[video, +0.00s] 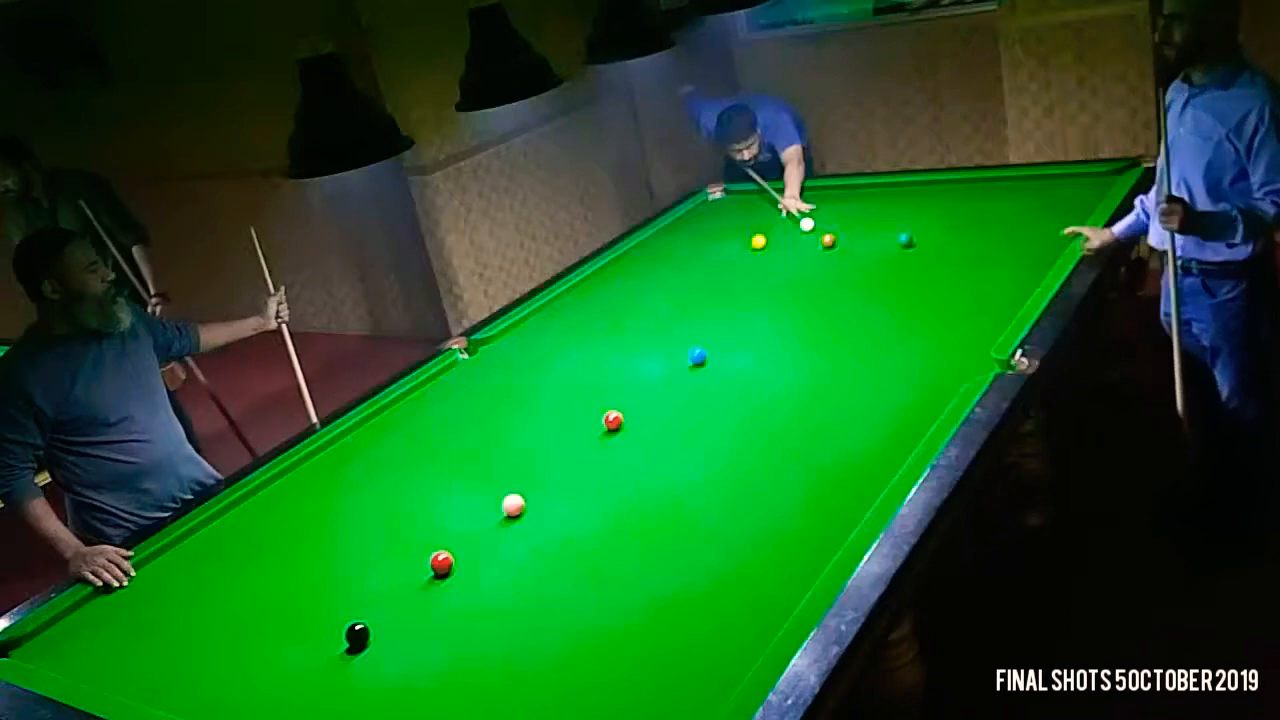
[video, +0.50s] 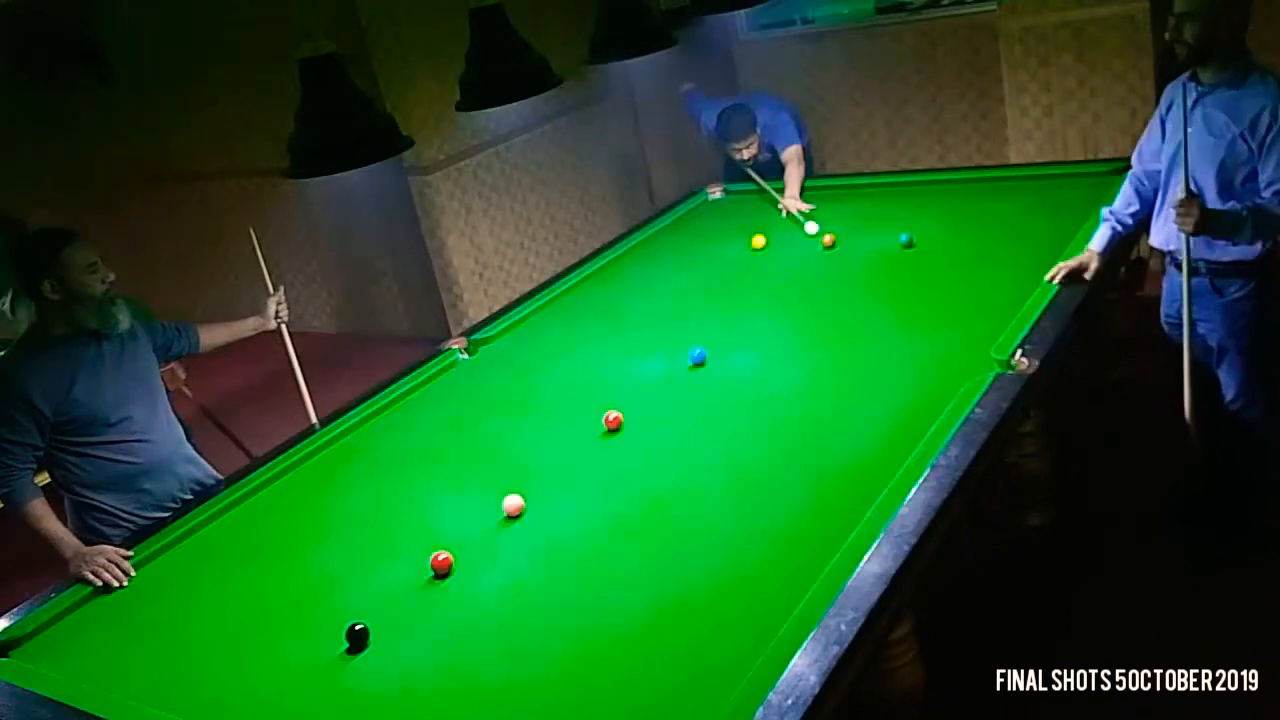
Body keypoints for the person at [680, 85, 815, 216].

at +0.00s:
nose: (746, 156)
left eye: (750, 148)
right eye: (737, 152)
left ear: (758, 134)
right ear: (721, 143)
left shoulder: (777, 121)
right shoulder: (710, 121)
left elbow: (794, 161)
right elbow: (691, 100)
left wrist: (791, 195)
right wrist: (687, 93)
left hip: (777, 157)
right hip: (736, 163)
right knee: (739, 211)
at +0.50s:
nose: (745, 156)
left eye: (750, 147)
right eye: (736, 151)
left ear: (758, 134)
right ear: (722, 142)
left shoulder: (776, 121)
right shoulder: (710, 120)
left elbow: (794, 160)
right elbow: (693, 99)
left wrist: (791, 196)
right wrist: (688, 90)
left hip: (777, 156)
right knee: (738, 210)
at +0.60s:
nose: (744, 155)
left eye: (749, 146)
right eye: (736, 150)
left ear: (758, 133)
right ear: (719, 141)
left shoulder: (777, 121)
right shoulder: (709, 118)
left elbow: (794, 161)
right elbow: (691, 92)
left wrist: (791, 195)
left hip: (778, 156)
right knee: (738, 210)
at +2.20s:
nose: (754, 133)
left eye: (760, 123)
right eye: (746, 126)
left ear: (768, 113)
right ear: (732, 119)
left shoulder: (787, 111)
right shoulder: (720, 105)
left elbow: (797, 158)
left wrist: (792, 195)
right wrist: (724, 142)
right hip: (742, 155)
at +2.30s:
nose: (759, 115)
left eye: (765, 105)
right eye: (751, 108)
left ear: (773, 98)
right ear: (738, 103)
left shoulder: (794, 105)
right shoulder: (726, 96)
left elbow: (801, 151)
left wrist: (794, 192)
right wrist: (726, 135)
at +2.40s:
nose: (765, 95)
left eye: (771, 86)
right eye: (757, 88)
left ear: (779, 80)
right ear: (744, 86)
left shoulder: (800, 92)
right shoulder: (731, 86)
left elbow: (814, 145)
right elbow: (718, 95)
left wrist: (799, 184)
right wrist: (726, 131)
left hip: (793, 165)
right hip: (750, 164)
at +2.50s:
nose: (772, 74)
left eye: (778, 65)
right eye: (764, 67)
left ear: (786, 61)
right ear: (750, 65)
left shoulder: (807, 76)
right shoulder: (736, 76)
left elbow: (831, 131)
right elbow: (720, 91)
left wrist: (811, 166)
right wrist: (726, 127)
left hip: (803, 161)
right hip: (758, 161)